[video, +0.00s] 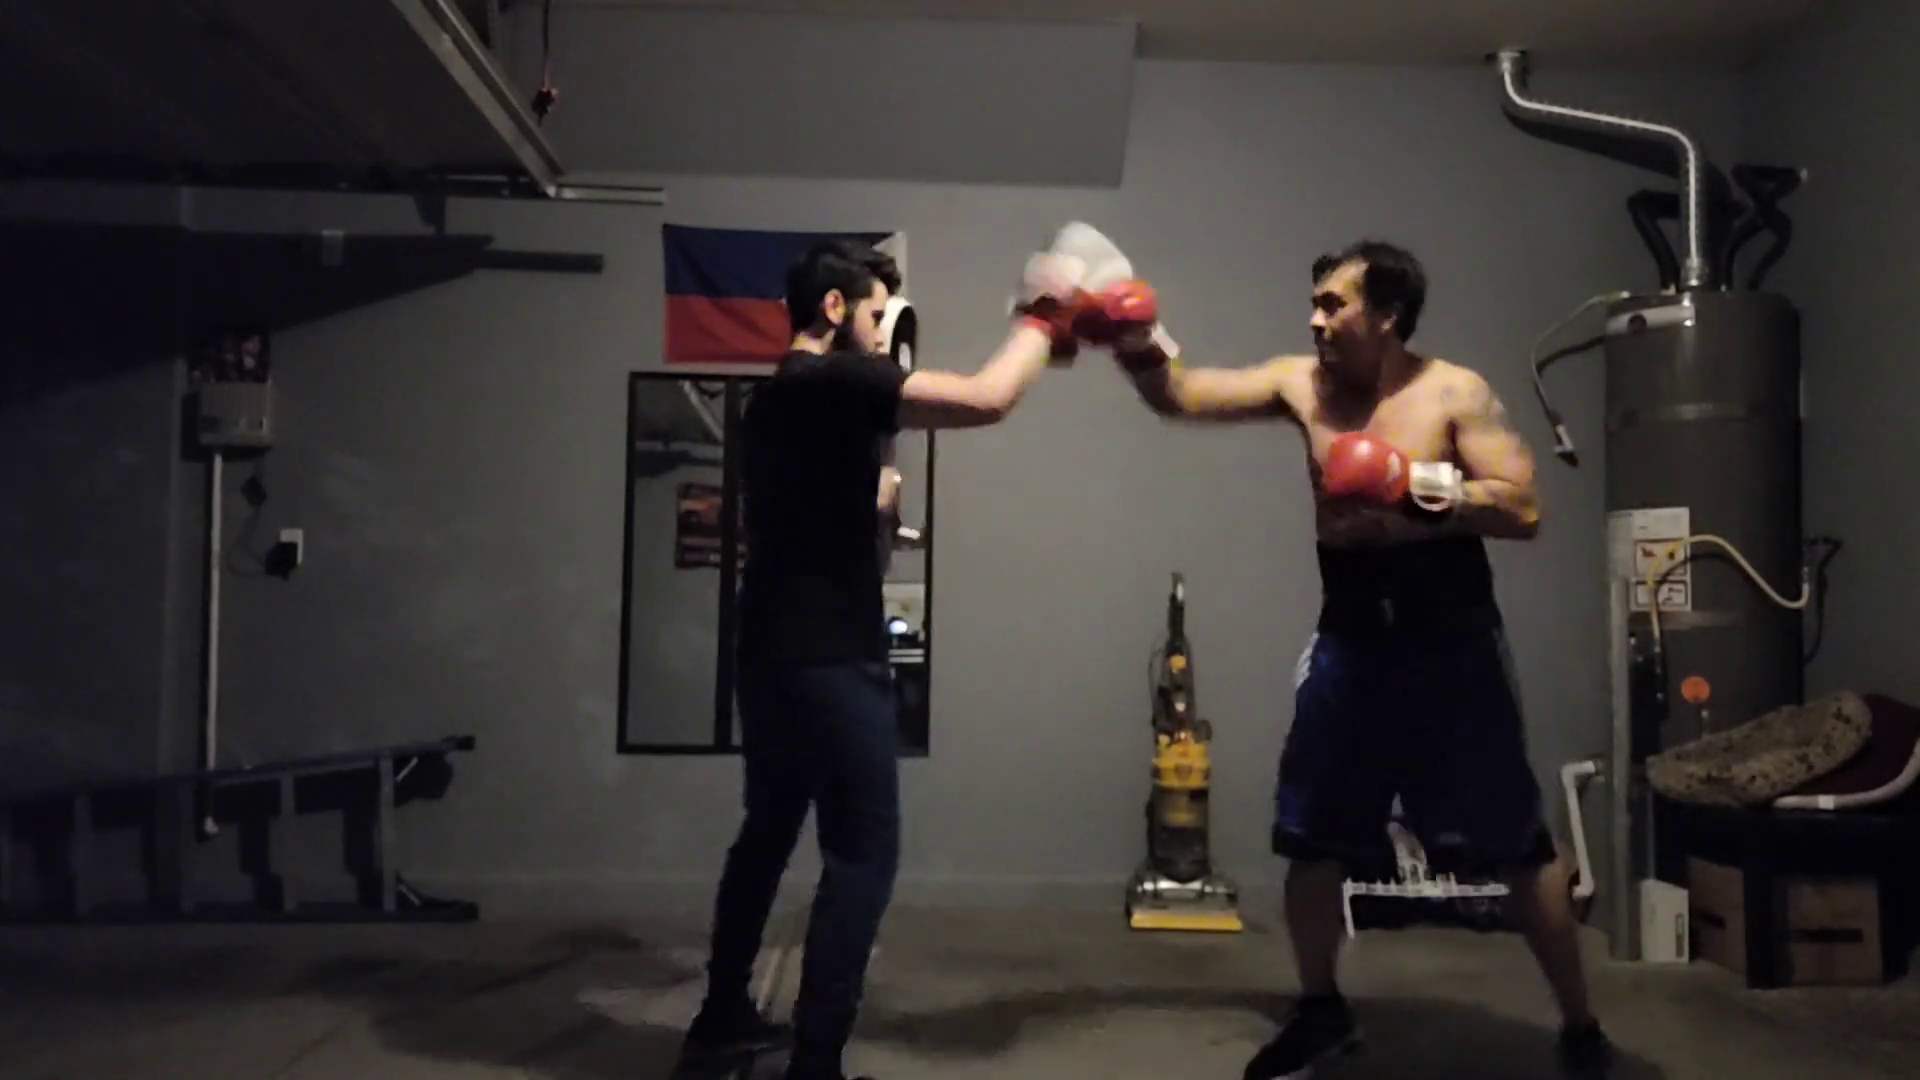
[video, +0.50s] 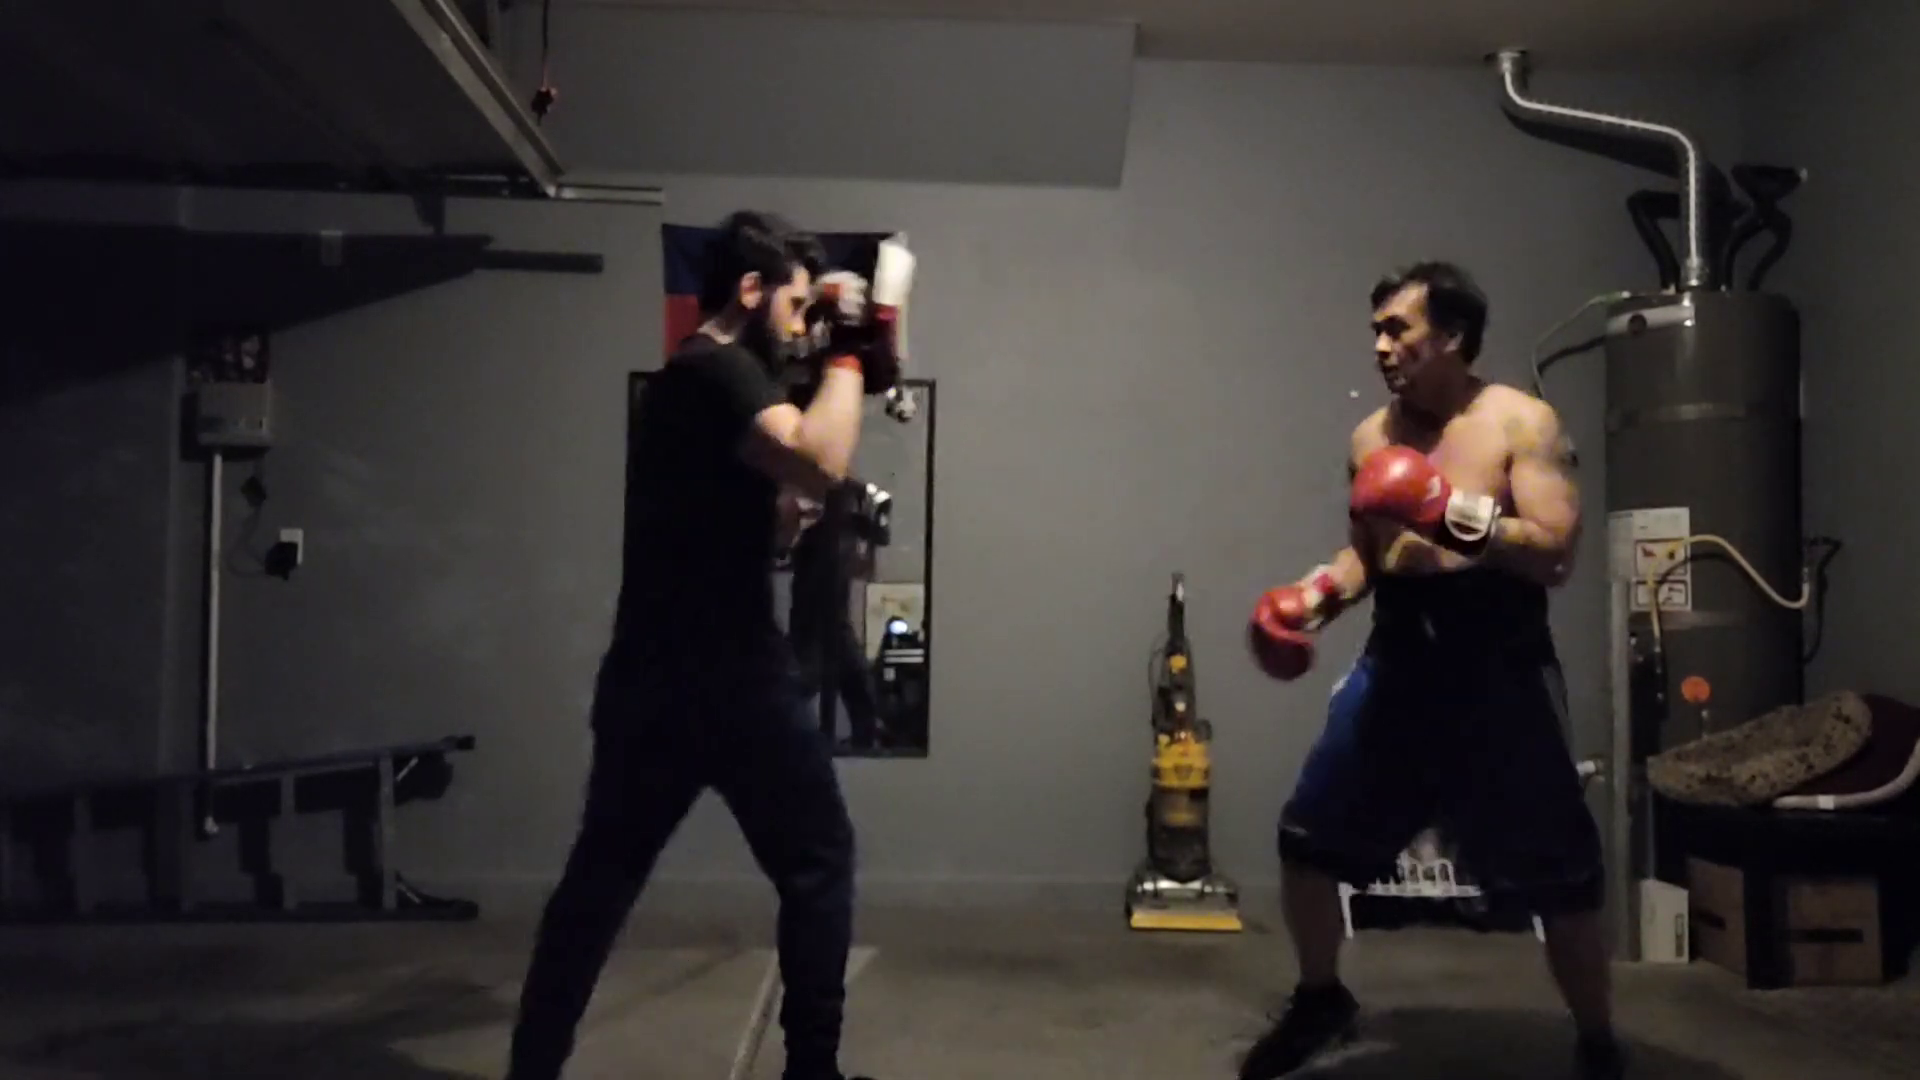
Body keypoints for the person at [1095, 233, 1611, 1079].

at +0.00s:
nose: (1317, 320)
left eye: (1334, 306)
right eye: (1316, 306)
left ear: (1391, 319)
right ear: (1320, 315)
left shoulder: (1457, 392)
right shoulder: (1299, 384)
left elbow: (1520, 509)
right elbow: (1178, 396)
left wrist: (1417, 483)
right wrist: (1134, 339)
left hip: (1453, 657)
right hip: (1348, 656)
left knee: (1517, 850)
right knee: (1311, 841)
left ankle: (1580, 1029)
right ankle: (1319, 1010)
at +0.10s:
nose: (1311, 322)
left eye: (1326, 308)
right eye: (1308, 307)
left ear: (1380, 317)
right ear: (1315, 313)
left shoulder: (1449, 392)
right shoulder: (1296, 384)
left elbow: (1511, 511)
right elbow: (1181, 405)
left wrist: (1402, 479)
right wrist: (1134, 359)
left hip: (1450, 644)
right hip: (1347, 646)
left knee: (1524, 838)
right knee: (1317, 836)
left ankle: (1594, 1026)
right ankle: (1321, 1013)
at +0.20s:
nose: (1319, 322)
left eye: (1336, 306)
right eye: (1316, 308)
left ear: (1391, 319)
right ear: (1323, 319)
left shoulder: (1453, 401)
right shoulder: (1296, 409)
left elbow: (1512, 526)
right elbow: (1204, 466)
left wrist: (1412, 484)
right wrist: (1164, 455)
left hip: (1451, 654)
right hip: (1348, 657)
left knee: (1529, 851)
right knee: (1318, 843)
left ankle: (1601, 1033)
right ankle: (1323, 1022)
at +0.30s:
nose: (1337, 320)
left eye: (1355, 304)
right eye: (1335, 306)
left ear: (1409, 316)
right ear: (1340, 319)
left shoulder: (1473, 398)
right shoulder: (1315, 416)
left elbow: (1525, 529)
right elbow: (1241, 498)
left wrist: (1425, 485)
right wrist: (1202, 531)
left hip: (1465, 659)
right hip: (1362, 662)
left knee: (1540, 854)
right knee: (1323, 844)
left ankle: (1601, 1035)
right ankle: (1324, 1021)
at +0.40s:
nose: (1364, 335)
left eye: (1380, 318)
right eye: (1360, 320)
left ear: (1435, 327)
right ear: (1371, 330)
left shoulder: (1504, 406)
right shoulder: (1350, 428)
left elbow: (1539, 537)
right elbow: (1308, 530)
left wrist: (1438, 489)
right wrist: (1258, 573)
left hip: (1486, 659)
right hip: (1385, 660)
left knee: (1545, 854)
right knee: (1324, 841)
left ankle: (1596, 1038)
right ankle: (1324, 1014)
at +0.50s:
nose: (1381, 349)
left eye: (1396, 331)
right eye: (1377, 335)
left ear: (1454, 337)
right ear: (1387, 347)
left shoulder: (1523, 419)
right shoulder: (1375, 436)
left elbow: (1553, 550)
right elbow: (1366, 552)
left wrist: (1449, 510)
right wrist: (1310, 600)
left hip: (1502, 683)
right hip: (1397, 681)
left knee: (1564, 872)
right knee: (1307, 837)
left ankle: (1597, 1045)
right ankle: (1320, 998)